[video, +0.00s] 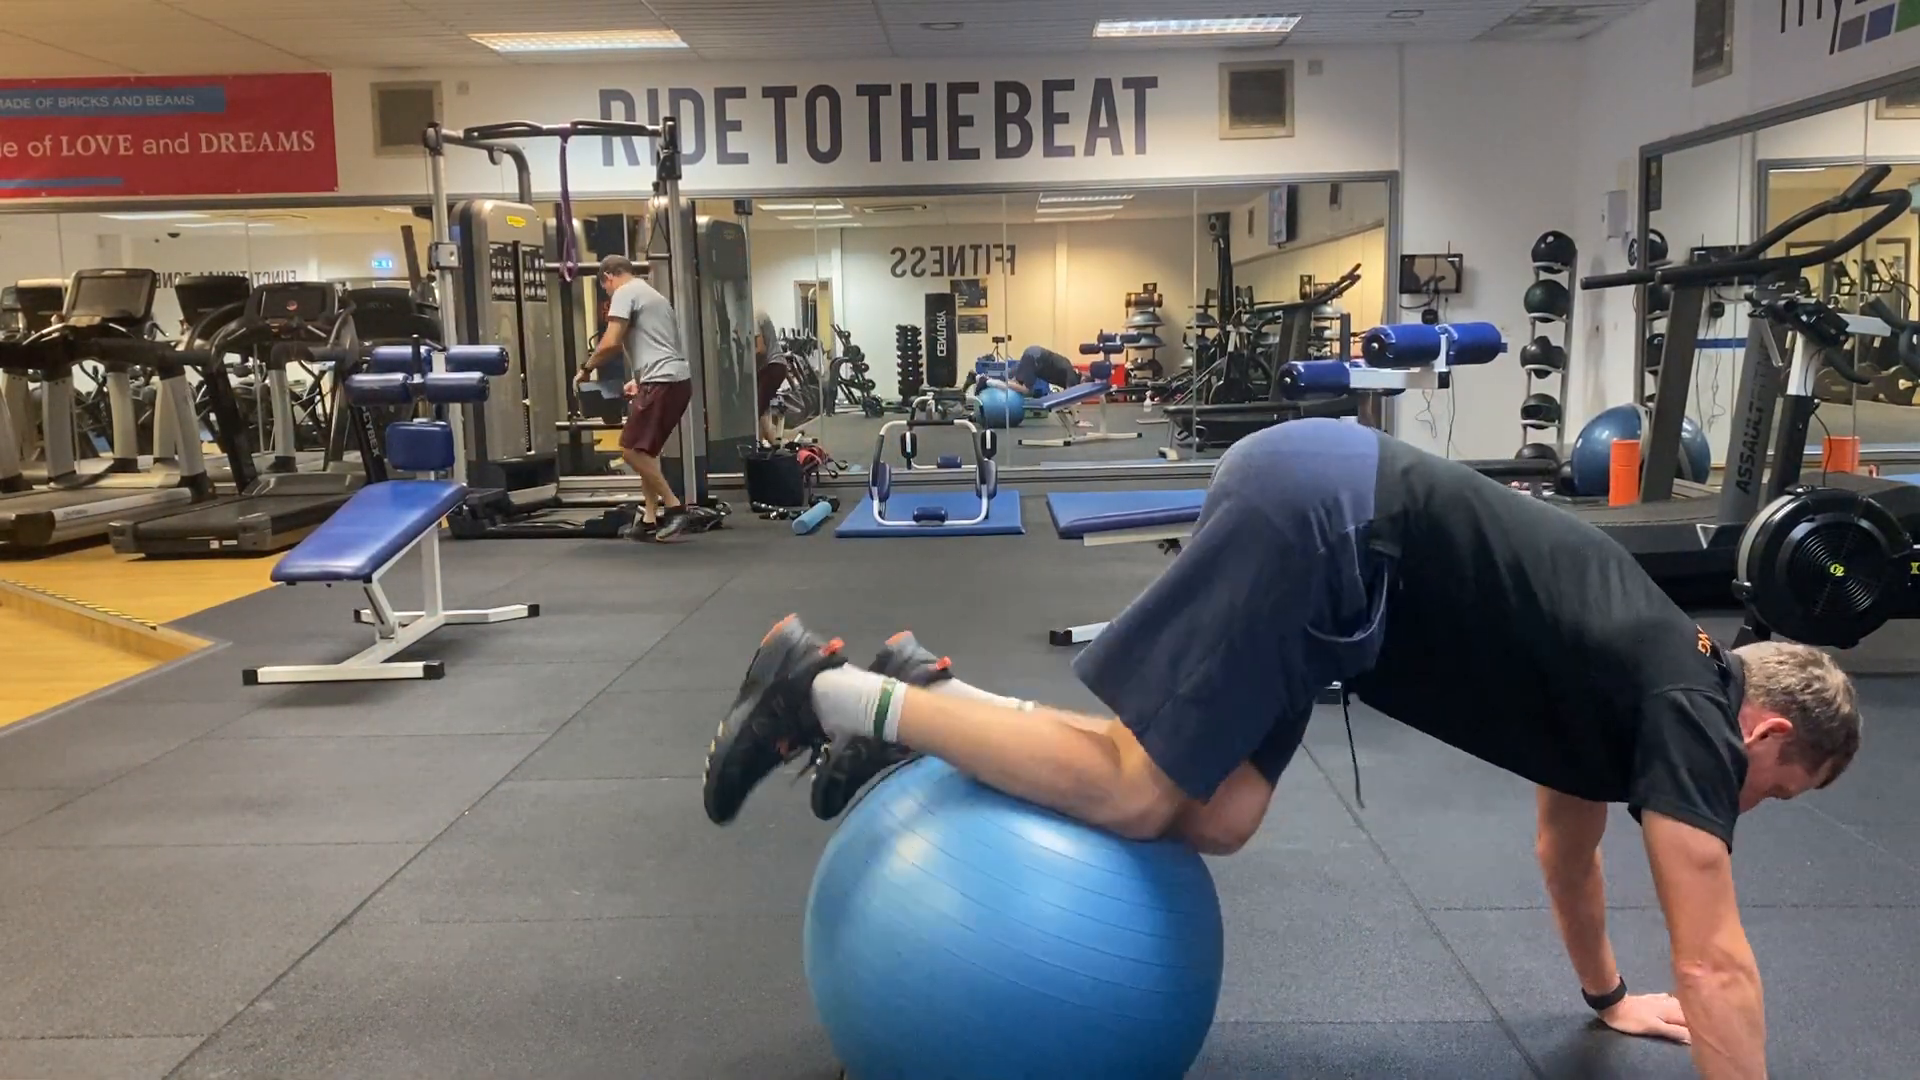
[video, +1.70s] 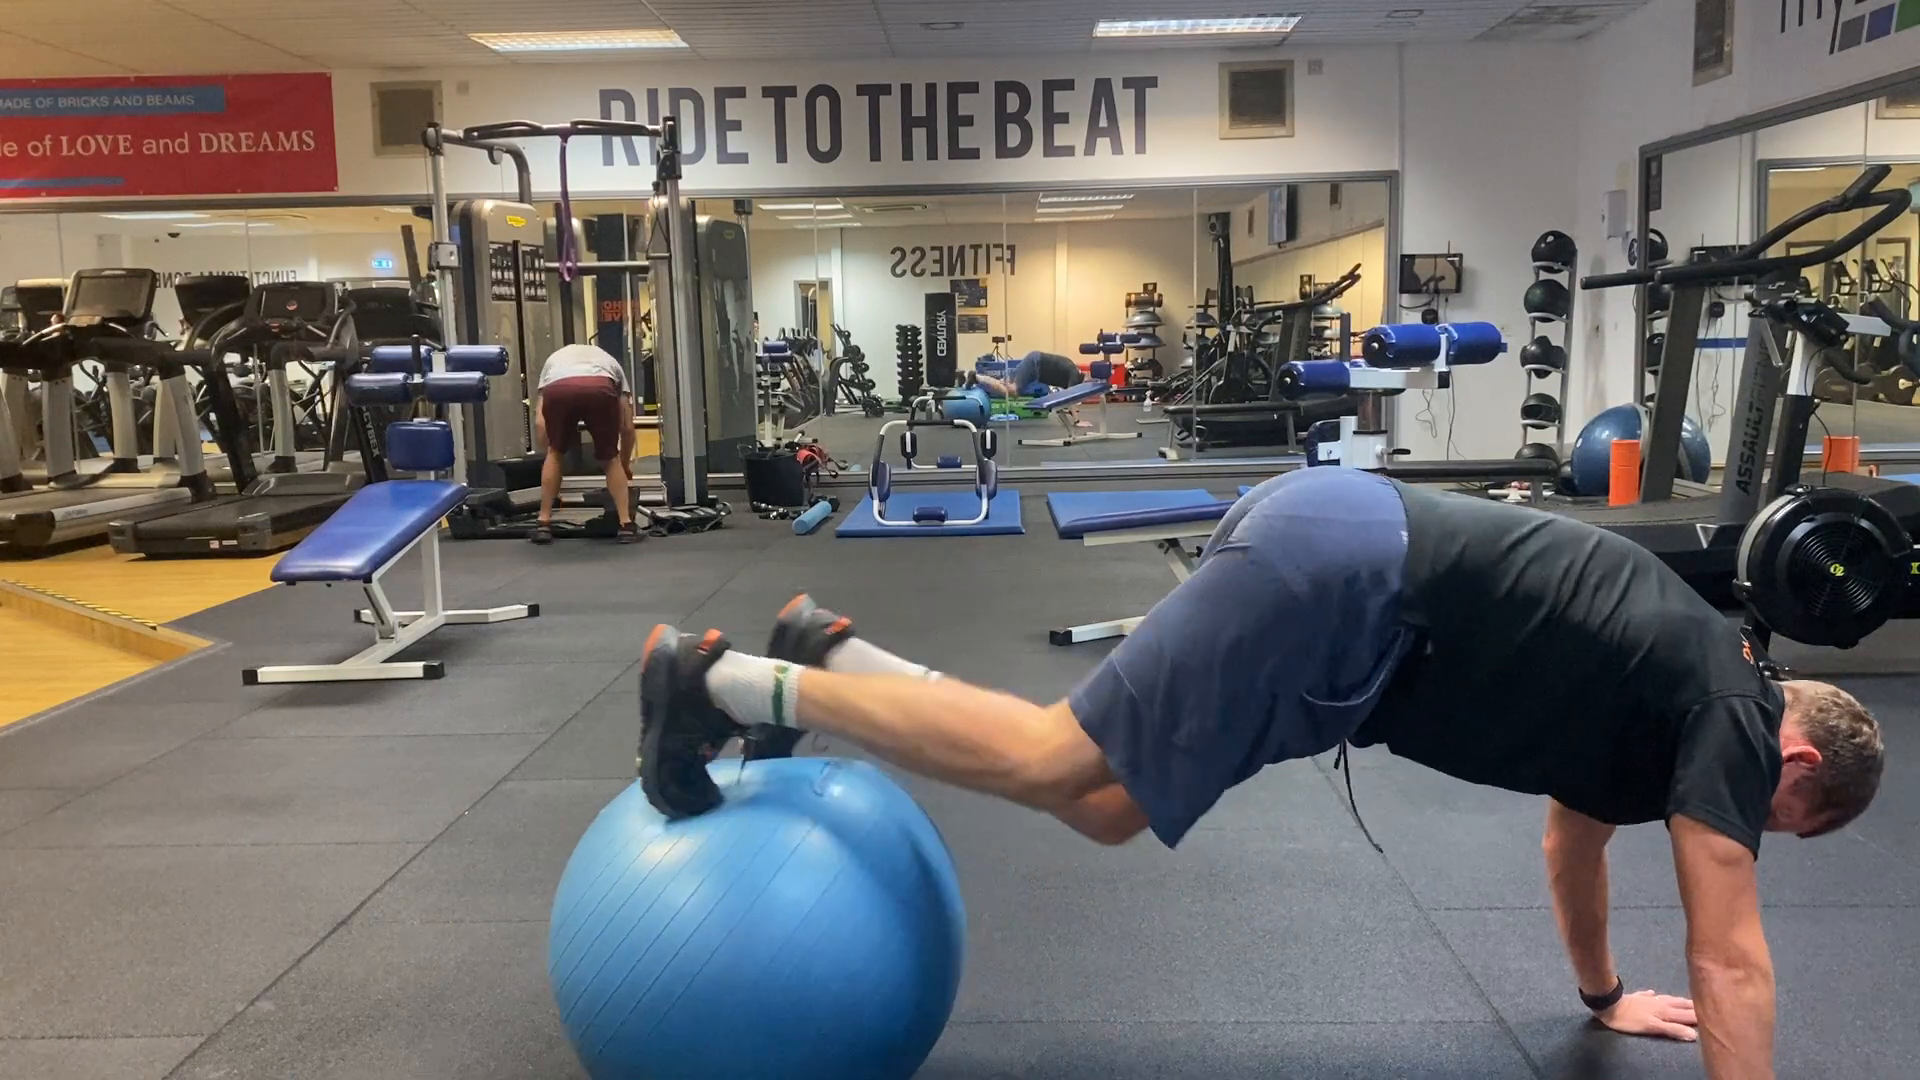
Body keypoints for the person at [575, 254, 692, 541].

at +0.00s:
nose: (606, 290)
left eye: (604, 284)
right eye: (604, 286)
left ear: (610, 276)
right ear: (628, 272)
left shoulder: (625, 292)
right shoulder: (651, 293)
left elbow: (611, 343)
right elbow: (663, 346)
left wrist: (587, 367)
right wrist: (641, 381)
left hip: (661, 380)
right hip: (676, 379)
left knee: (630, 448)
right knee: (647, 451)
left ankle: (675, 508)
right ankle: (649, 519)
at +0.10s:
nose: (600, 291)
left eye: (599, 286)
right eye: (599, 287)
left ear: (604, 279)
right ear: (625, 274)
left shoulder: (613, 294)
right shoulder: (650, 297)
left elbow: (599, 346)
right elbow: (660, 346)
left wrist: (578, 377)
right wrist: (634, 381)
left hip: (649, 380)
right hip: (676, 380)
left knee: (615, 445)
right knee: (643, 448)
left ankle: (642, 515)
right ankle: (651, 517)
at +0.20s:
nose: (595, 293)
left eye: (594, 289)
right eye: (594, 290)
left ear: (599, 283)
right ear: (621, 279)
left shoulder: (602, 297)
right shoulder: (646, 300)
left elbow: (589, 351)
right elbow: (658, 343)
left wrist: (575, 382)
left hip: (638, 381)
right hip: (670, 381)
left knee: (608, 447)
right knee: (643, 449)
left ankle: (606, 520)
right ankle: (650, 521)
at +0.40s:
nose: (584, 312)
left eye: (583, 308)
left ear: (587, 304)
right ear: (612, 302)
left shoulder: (580, 318)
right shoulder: (636, 317)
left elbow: (575, 375)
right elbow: (653, 355)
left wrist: (574, 412)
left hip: (614, 388)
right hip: (652, 385)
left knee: (594, 458)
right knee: (637, 456)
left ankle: (578, 523)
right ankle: (650, 520)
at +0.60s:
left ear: (583, 336)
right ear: (608, 335)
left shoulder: (567, 349)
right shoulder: (626, 345)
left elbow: (566, 399)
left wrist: (580, 444)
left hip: (584, 392)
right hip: (625, 388)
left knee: (577, 456)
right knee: (625, 455)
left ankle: (576, 524)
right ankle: (632, 522)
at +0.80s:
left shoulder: (564, 371)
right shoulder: (624, 370)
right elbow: (630, 432)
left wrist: (580, 477)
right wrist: (627, 472)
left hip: (567, 388)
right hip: (609, 385)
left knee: (570, 459)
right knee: (618, 460)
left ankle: (575, 525)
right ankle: (626, 524)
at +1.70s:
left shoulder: (552, 361)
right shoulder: (612, 362)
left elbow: (540, 420)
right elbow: (627, 427)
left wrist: (548, 454)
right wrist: (625, 464)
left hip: (558, 390)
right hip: (601, 389)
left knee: (554, 453)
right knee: (611, 459)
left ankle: (544, 522)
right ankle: (625, 524)